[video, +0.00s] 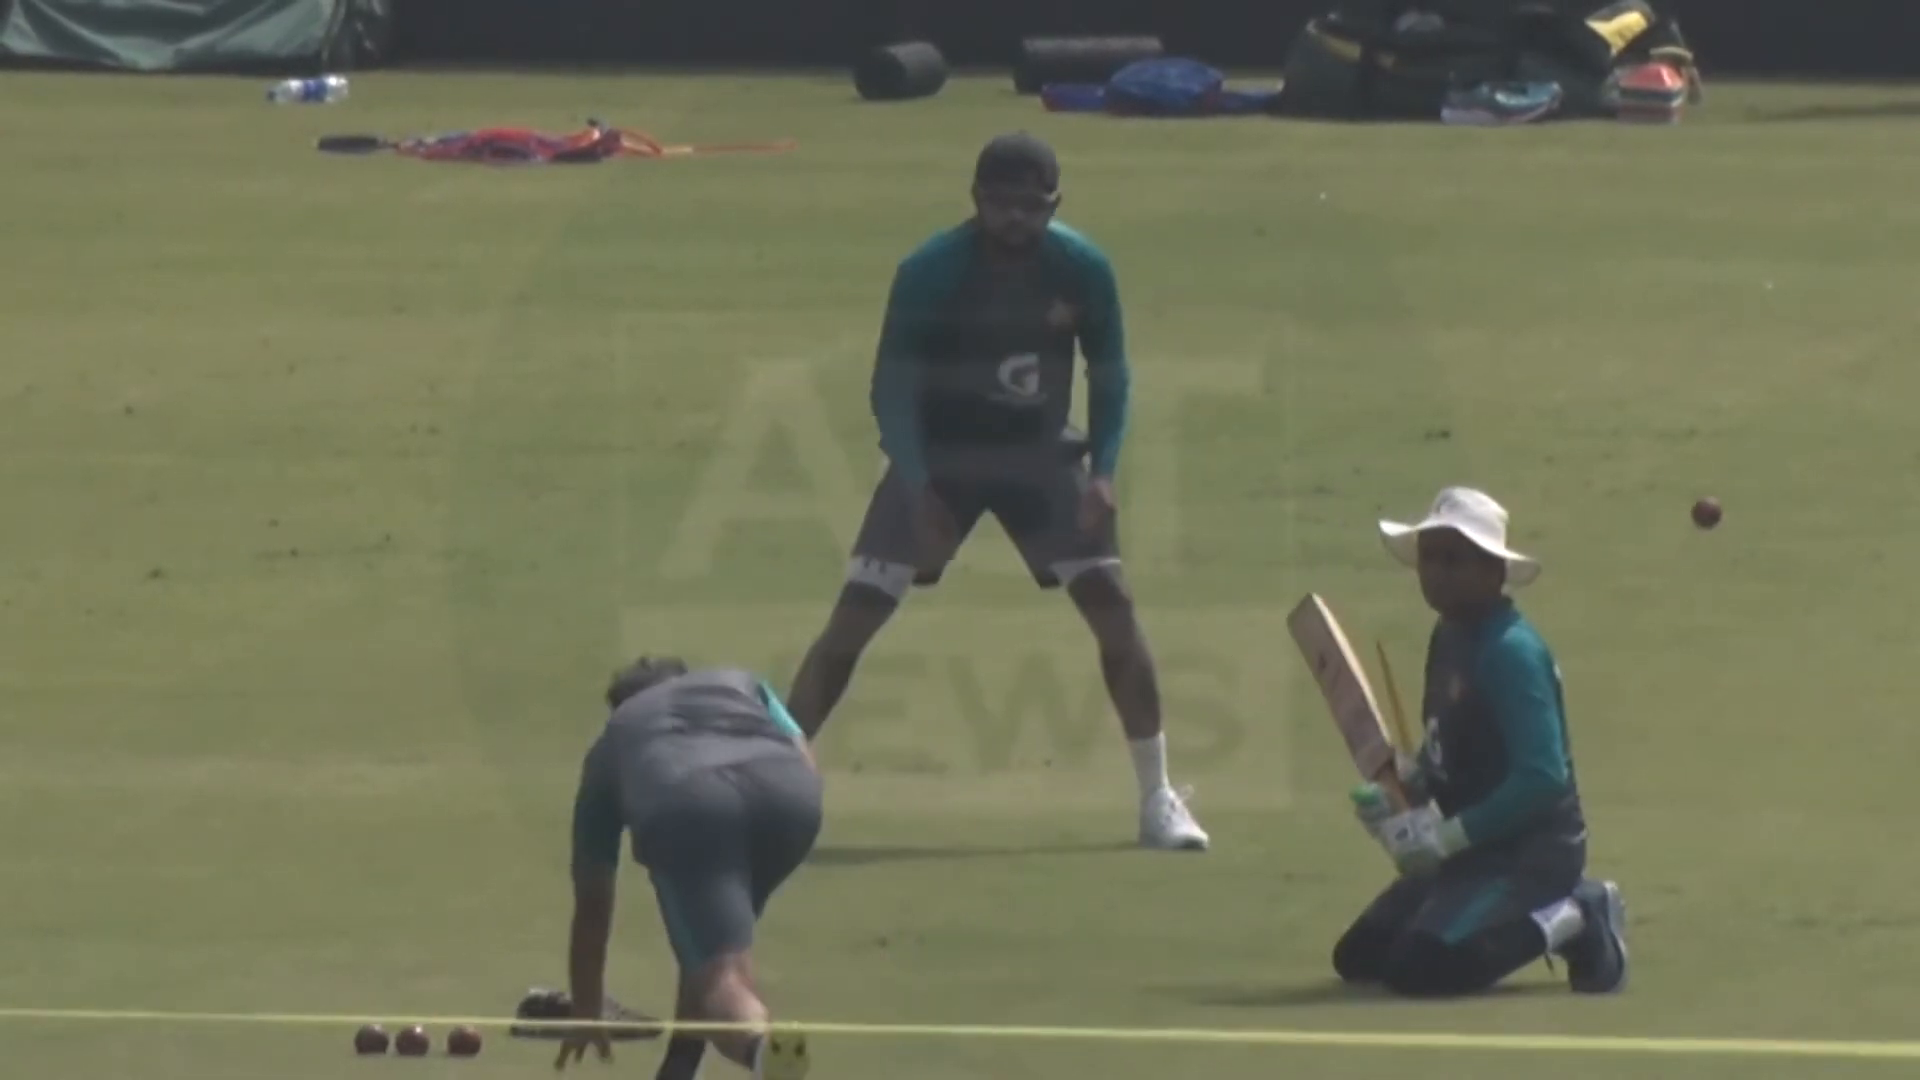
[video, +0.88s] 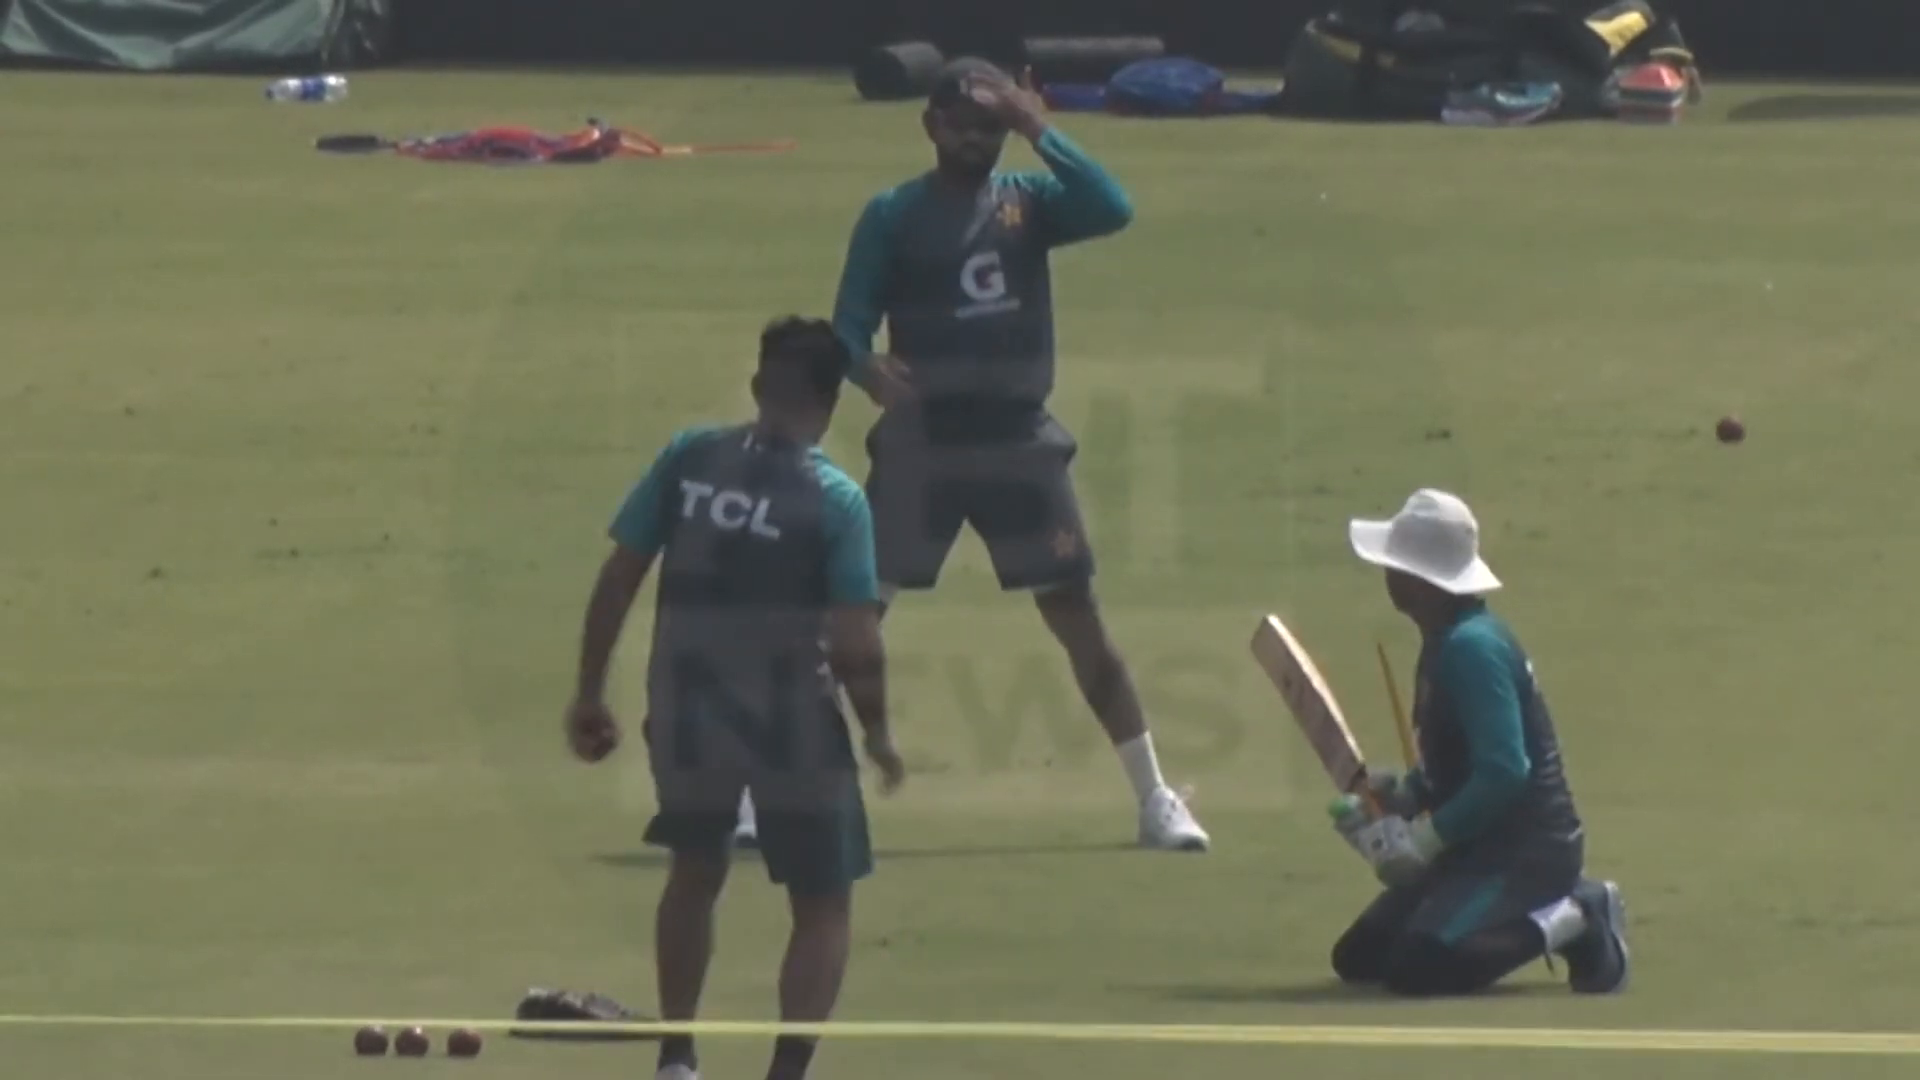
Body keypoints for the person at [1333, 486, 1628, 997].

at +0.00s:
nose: (1434, 572)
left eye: (1452, 558)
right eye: (1427, 557)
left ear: (1493, 571)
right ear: (1416, 563)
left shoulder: (1512, 651)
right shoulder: (1450, 637)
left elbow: (1543, 778)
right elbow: (1451, 751)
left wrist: (1448, 836)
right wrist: (1404, 793)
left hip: (1532, 857)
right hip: (1478, 849)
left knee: (1416, 971)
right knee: (1358, 958)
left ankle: (1577, 917)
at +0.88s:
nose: (1386, 579)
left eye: (1394, 568)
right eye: (1388, 567)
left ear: (1421, 578)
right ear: (1442, 577)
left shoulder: (1471, 647)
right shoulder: (1443, 645)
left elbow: (1505, 773)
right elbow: (1456, 768)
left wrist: (1423, 840)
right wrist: (1399, 795)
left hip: (1525, 856)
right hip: (1484, 849)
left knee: (1415, 971)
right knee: (1358, 958)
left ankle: (1577, 917)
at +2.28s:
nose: (1425, 583)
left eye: (1443, 568)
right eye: (1417, 568)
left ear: (1480, 577)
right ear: (1404, 574)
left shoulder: (1498, 651)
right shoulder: (1438, 646)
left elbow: (1527, 776)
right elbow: (1450, 763)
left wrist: (1438, 840)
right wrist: (1401, 801)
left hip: (1535, 856)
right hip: (1483, 850)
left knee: (1416, 970)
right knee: (1358, 958)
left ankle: (1580, 919)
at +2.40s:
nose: (1422, 584)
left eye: (1440, 569)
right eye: (1416, 569)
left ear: (1479, 577)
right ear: (1405, 574)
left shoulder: (1499, 652)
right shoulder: (1437, 647)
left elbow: (1527, 776)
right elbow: (1447, 760)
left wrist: (1439, 842)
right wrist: (1402, 803)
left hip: (1535, 857)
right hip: (1482, 849)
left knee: (1417, 971)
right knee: (1358, 958)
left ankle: (1581, 920)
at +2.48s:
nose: (1426, 585)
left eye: (1444, 570)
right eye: (1417, 570)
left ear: (1481, 578)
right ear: (1404, 575)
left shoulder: (1499, 651)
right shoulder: (1436, 646)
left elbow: (1527, 776)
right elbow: (1447, 757)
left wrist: (1439, 842)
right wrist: (1404, 803)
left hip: (1535, 856)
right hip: (1483, 849)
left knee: (1417, 970)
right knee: (1358, 957)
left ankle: (1580, 920)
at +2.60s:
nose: (1421, 586)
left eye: (1439, 570)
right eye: (1415, 570)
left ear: (1477, 578)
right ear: (1406, 574)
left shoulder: (1499, 651)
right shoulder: (1435, 646)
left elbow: (1526, 776)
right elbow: (1445, 756)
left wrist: (1438, 842)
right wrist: (1403, 803)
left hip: (1535, 856)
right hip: (1482, 848)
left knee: (1416, 969)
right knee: (1357, 957)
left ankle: (1580, 920)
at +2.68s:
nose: (1421, 585)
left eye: (1439, 570)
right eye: (1416, 570)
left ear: (1477, 577)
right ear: (1405, 574)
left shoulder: (1499, 651)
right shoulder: (1435, 647)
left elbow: (1525, 776)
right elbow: (1445, 756)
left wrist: (1437, 841)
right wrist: (1404, 803)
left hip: (1534, 856)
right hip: (1481, 848)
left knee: (1416, 970)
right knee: (1357, 958)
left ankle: (1580, 920)